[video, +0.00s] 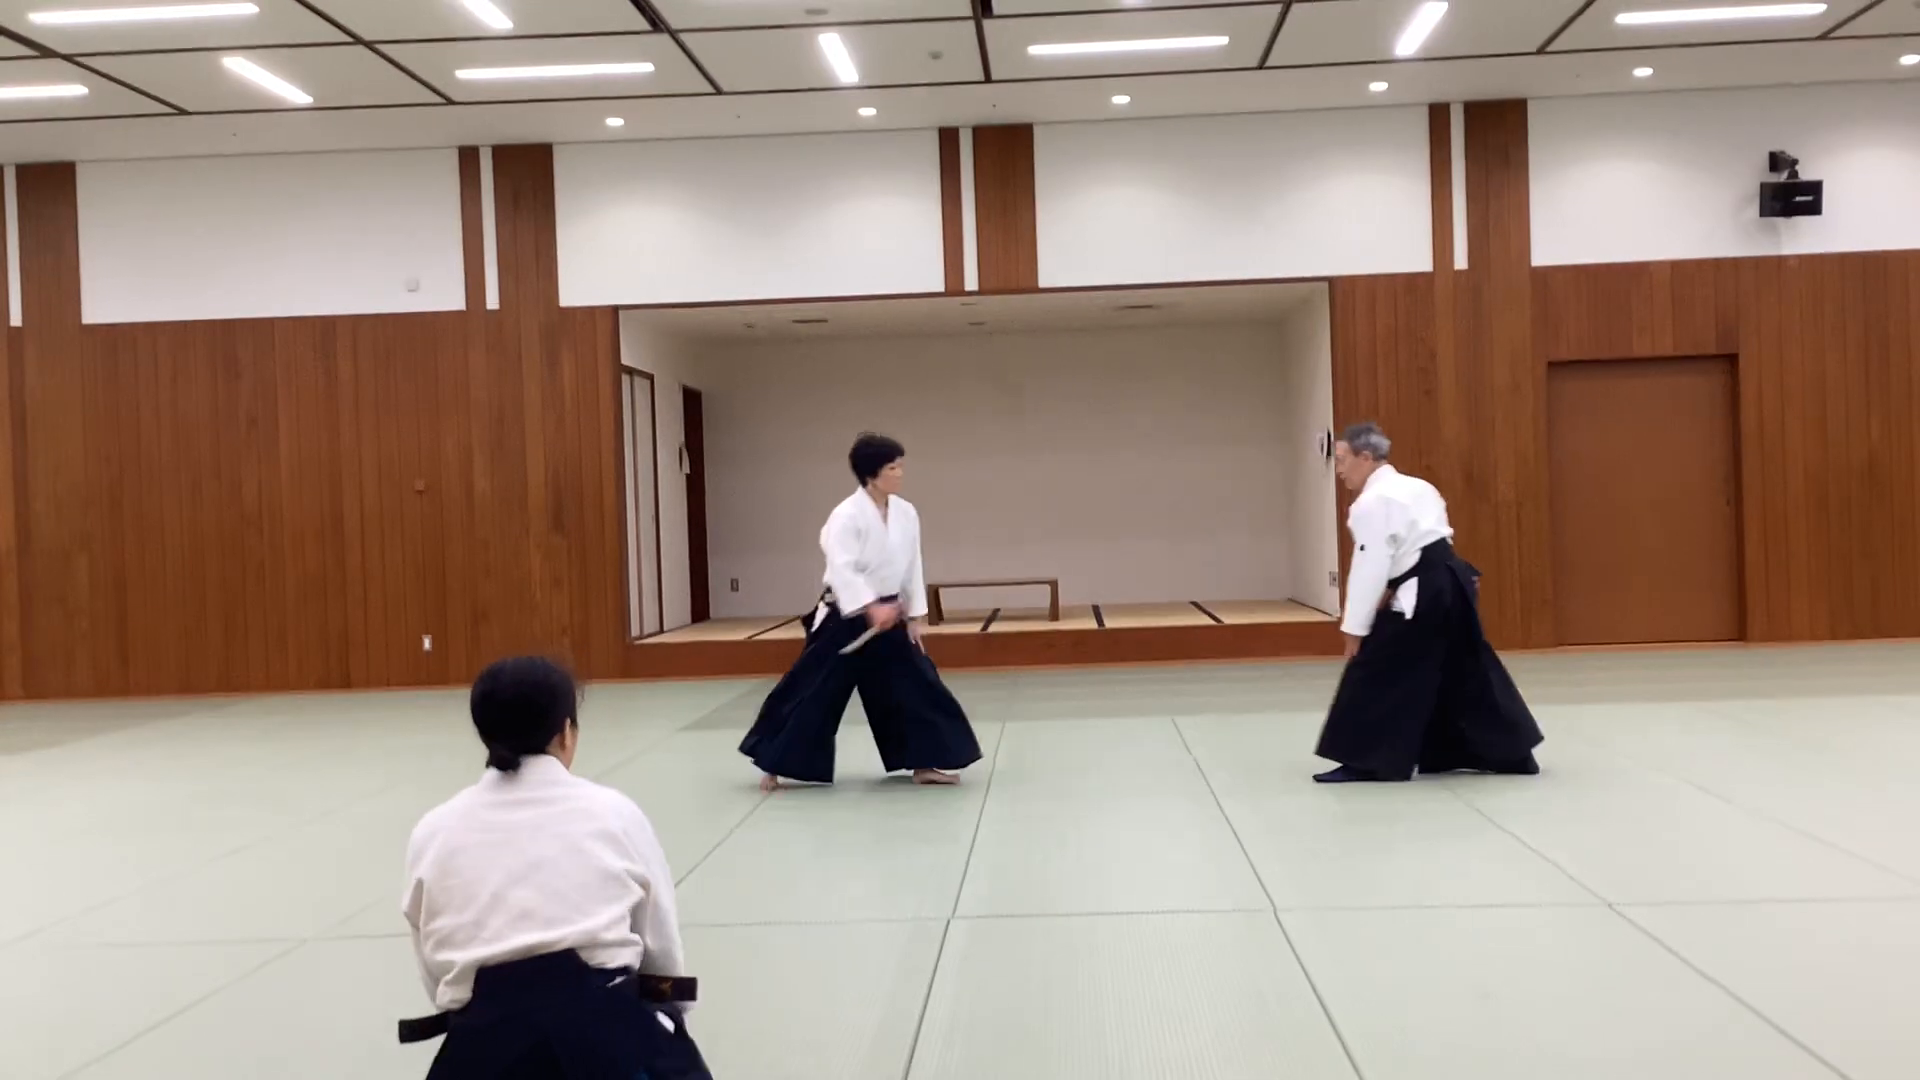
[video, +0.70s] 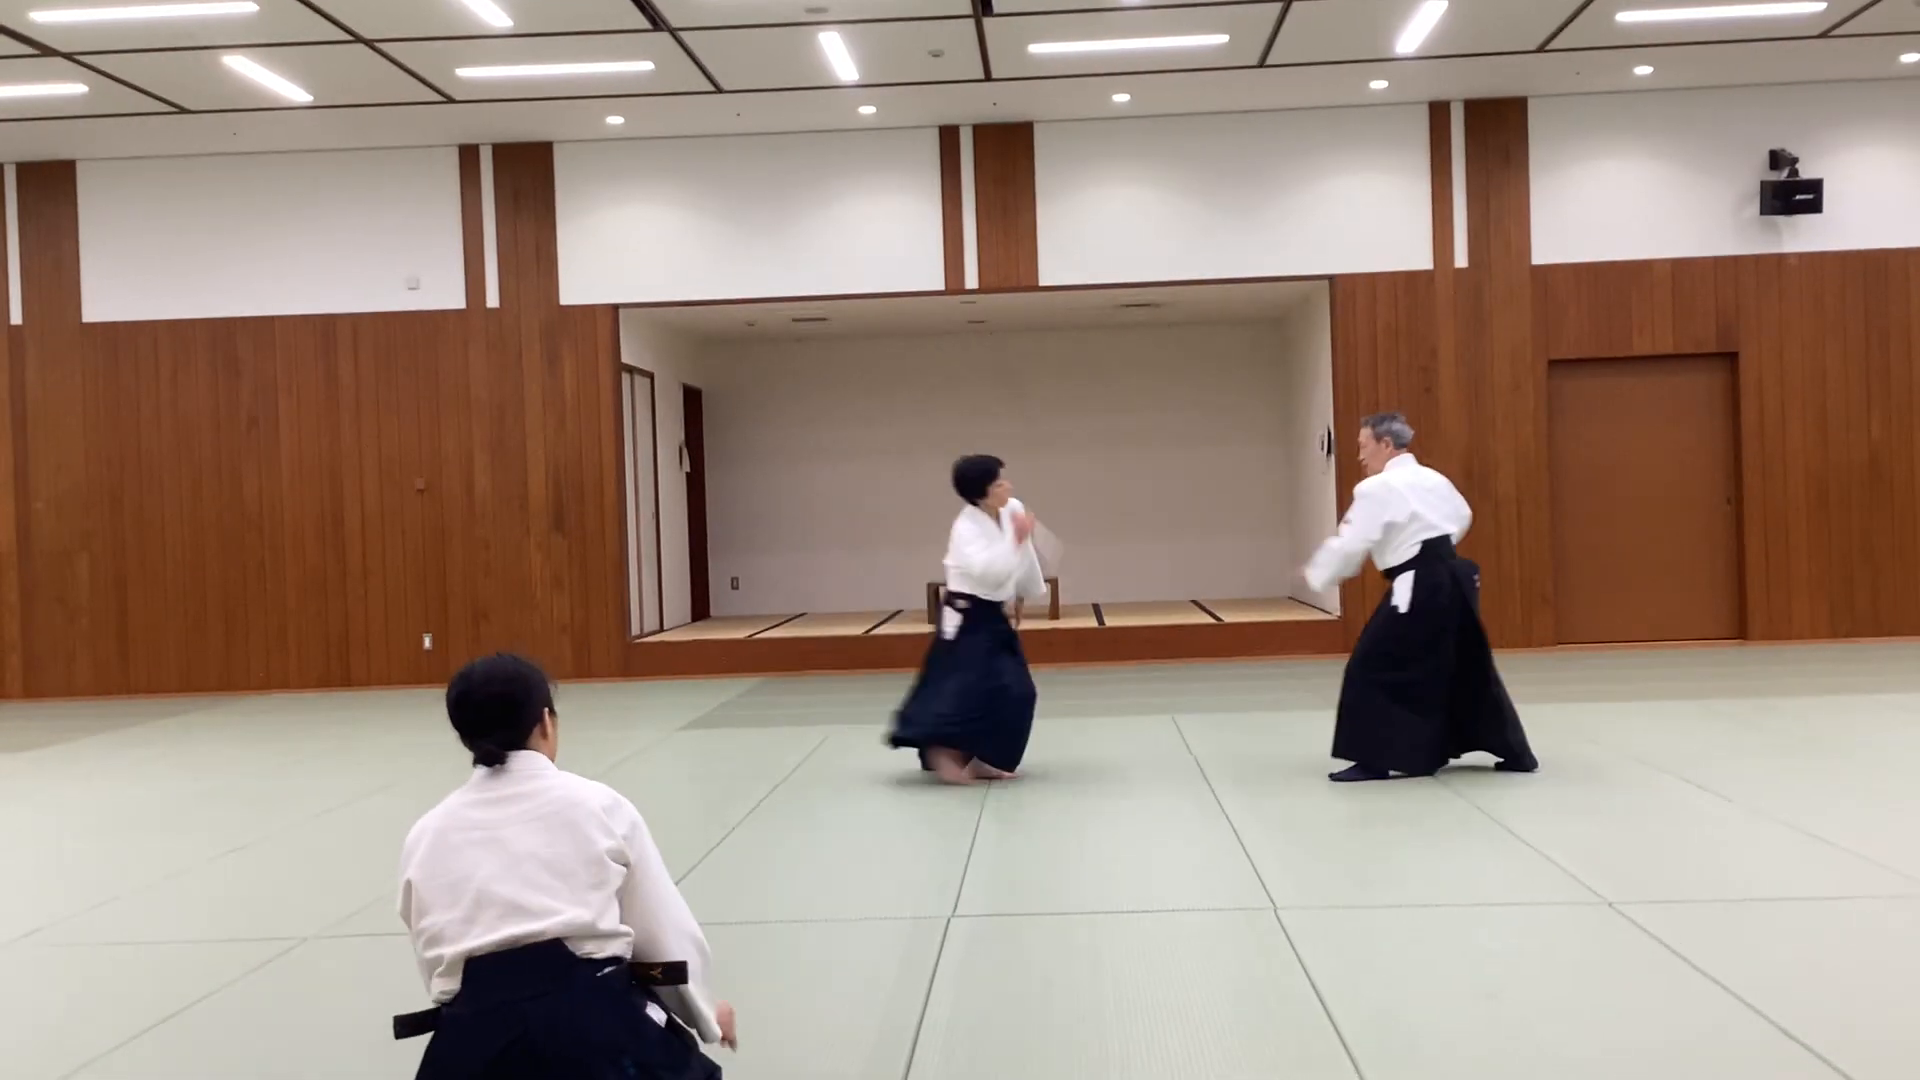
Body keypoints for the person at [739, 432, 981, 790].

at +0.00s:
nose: (901, 472)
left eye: (901, 465)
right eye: (893, 467)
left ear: (892, 473)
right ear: (872, 474)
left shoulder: (906, 513)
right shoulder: (845, 516)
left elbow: (913, 568)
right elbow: (841, 570)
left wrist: (915, 619)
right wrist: (870, 606)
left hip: (888, 615)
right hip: (844, 616)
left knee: (917, 683)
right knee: (815, 690)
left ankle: (923, 765)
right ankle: (774, 759)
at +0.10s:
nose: (880, 483)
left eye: (880, 476)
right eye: (871, 478)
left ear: (879, 479)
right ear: (850, 486)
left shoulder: (890, 521)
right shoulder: (826, 528)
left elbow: (907, 575)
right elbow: (811, 583)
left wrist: (928, 624)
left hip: (870, 618)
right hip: (828, 617)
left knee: (911, 674)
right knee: (801, 689)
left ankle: (919, 764)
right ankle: (770, 767)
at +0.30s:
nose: (878, 492)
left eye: (877, 485)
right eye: (869, 489)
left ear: (875, 487)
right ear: (848, 497)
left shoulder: (892, 525)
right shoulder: (827, 535)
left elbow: (926, 563)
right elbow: (798, 588)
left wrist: (965, 600)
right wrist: (795, 635)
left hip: (881, 625)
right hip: (837, 627)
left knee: (928, 671)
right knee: (811, 689)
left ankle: (947, 755)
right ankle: (776, 764)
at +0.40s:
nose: (903, 493)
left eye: (901, 486)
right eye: (894, 489)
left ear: (899, 494)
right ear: (874, 499)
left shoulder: (915, 525)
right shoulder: (851, 538)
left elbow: (949, 561)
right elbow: (822, 590)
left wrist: (991, 595)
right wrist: (824, 635)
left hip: (902, 627)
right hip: (858, 629)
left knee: (951, 670)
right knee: (823, 688)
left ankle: (970, 752)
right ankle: (776, 763)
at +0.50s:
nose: (942, 490)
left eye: (939, 484)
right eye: (933, 487)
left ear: (934, 492)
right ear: (915, 497)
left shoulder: (953, 522)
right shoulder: (894, 536)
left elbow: (983, 563)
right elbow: (870, 590)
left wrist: (1021, 599)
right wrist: (877, 635)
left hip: (933, 624)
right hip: (895, 624)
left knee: (975, 680)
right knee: (853, 691)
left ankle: (977, 761)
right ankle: (787, 749)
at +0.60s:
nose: (979, 487)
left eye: (976, 481)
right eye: (971, 485)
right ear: (954, 495)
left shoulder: (987, 516)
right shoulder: (932, 536)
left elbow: (1007, 563)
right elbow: (926, 594)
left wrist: (1027, 610)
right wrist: (956, 621)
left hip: (964, 622)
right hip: (927, 625)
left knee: (1000, 688)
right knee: (906, 694)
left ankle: (983, 762)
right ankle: (842, 742)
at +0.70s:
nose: (1007, 484)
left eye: (1003, 478)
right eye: (999, 481)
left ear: (989, 490)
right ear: (984, 492)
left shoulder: (1009, 513)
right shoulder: (967, 527)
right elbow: (990, 573)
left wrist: (1026, 537)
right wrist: (1016, 540)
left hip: (994, 617)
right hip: (965, 618)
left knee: (1019, 690)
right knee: (972, 686)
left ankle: (987, 759)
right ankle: (943, 752)